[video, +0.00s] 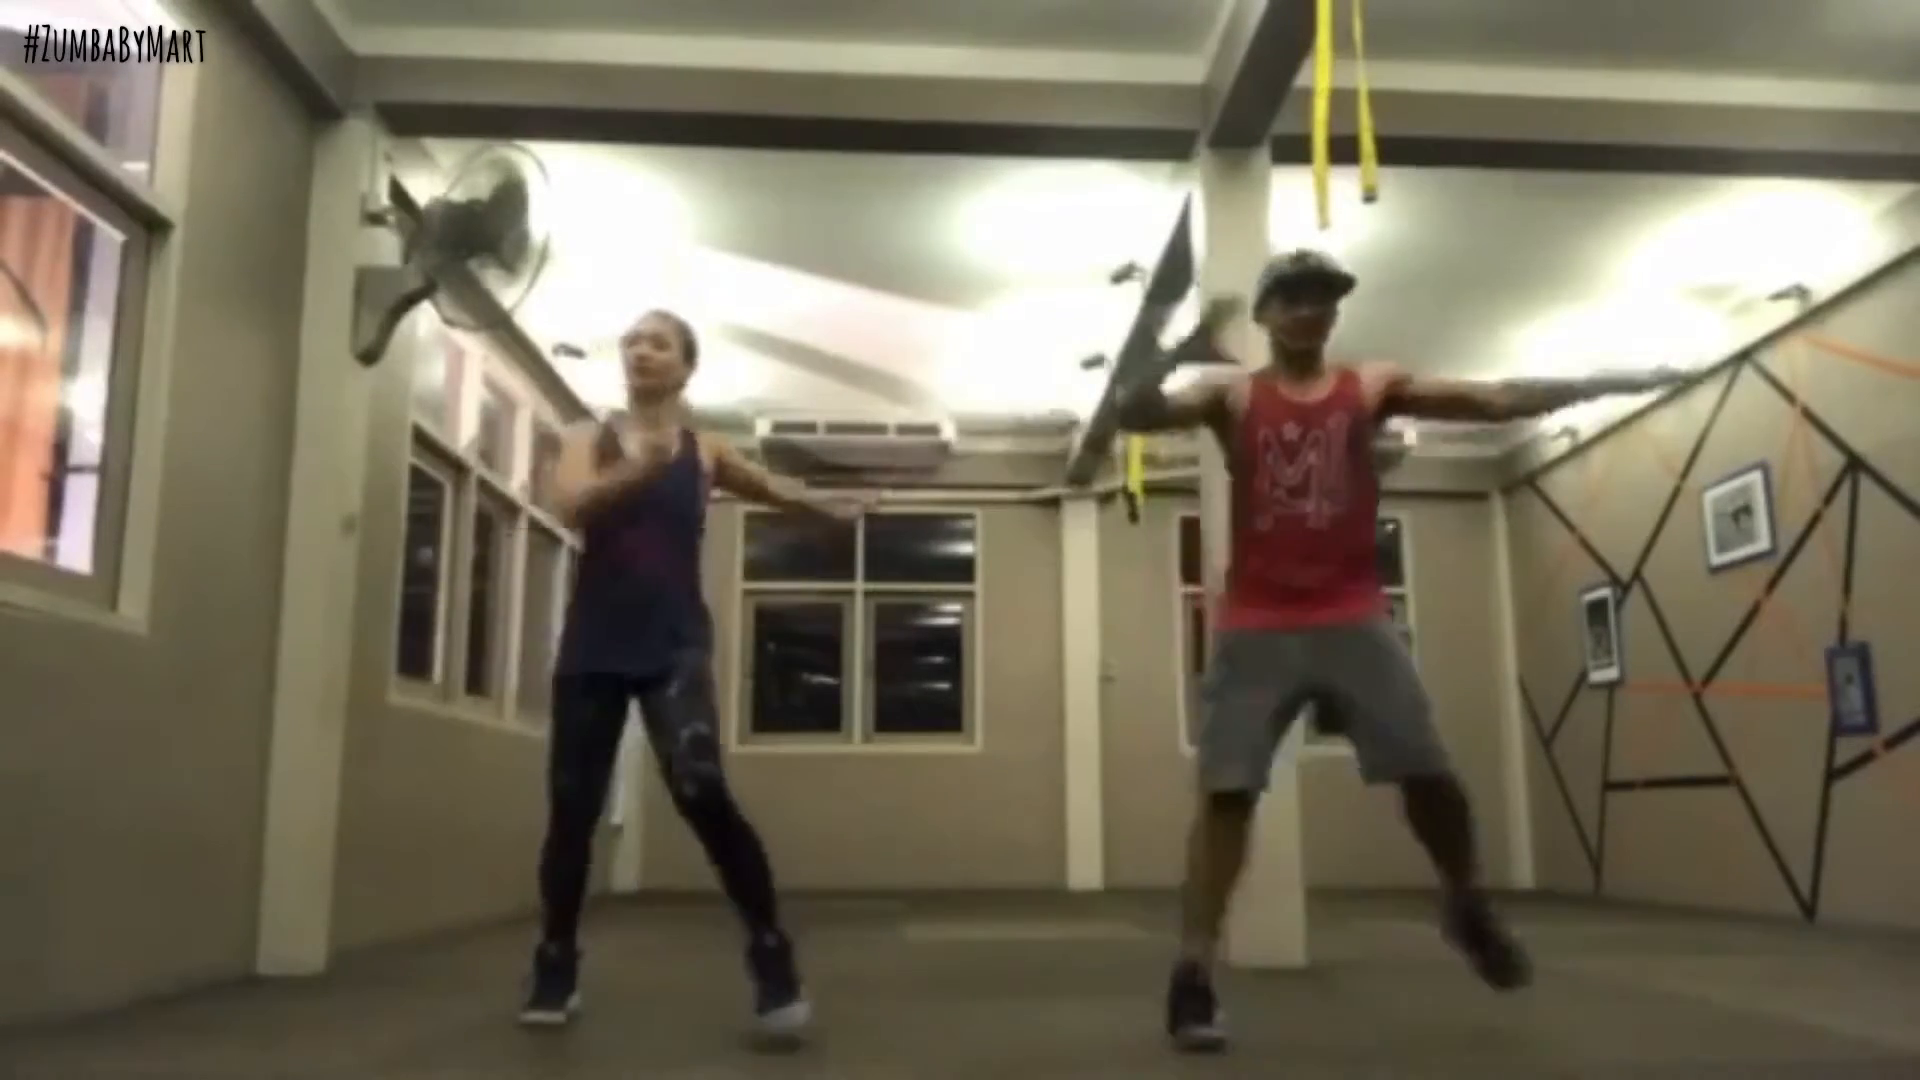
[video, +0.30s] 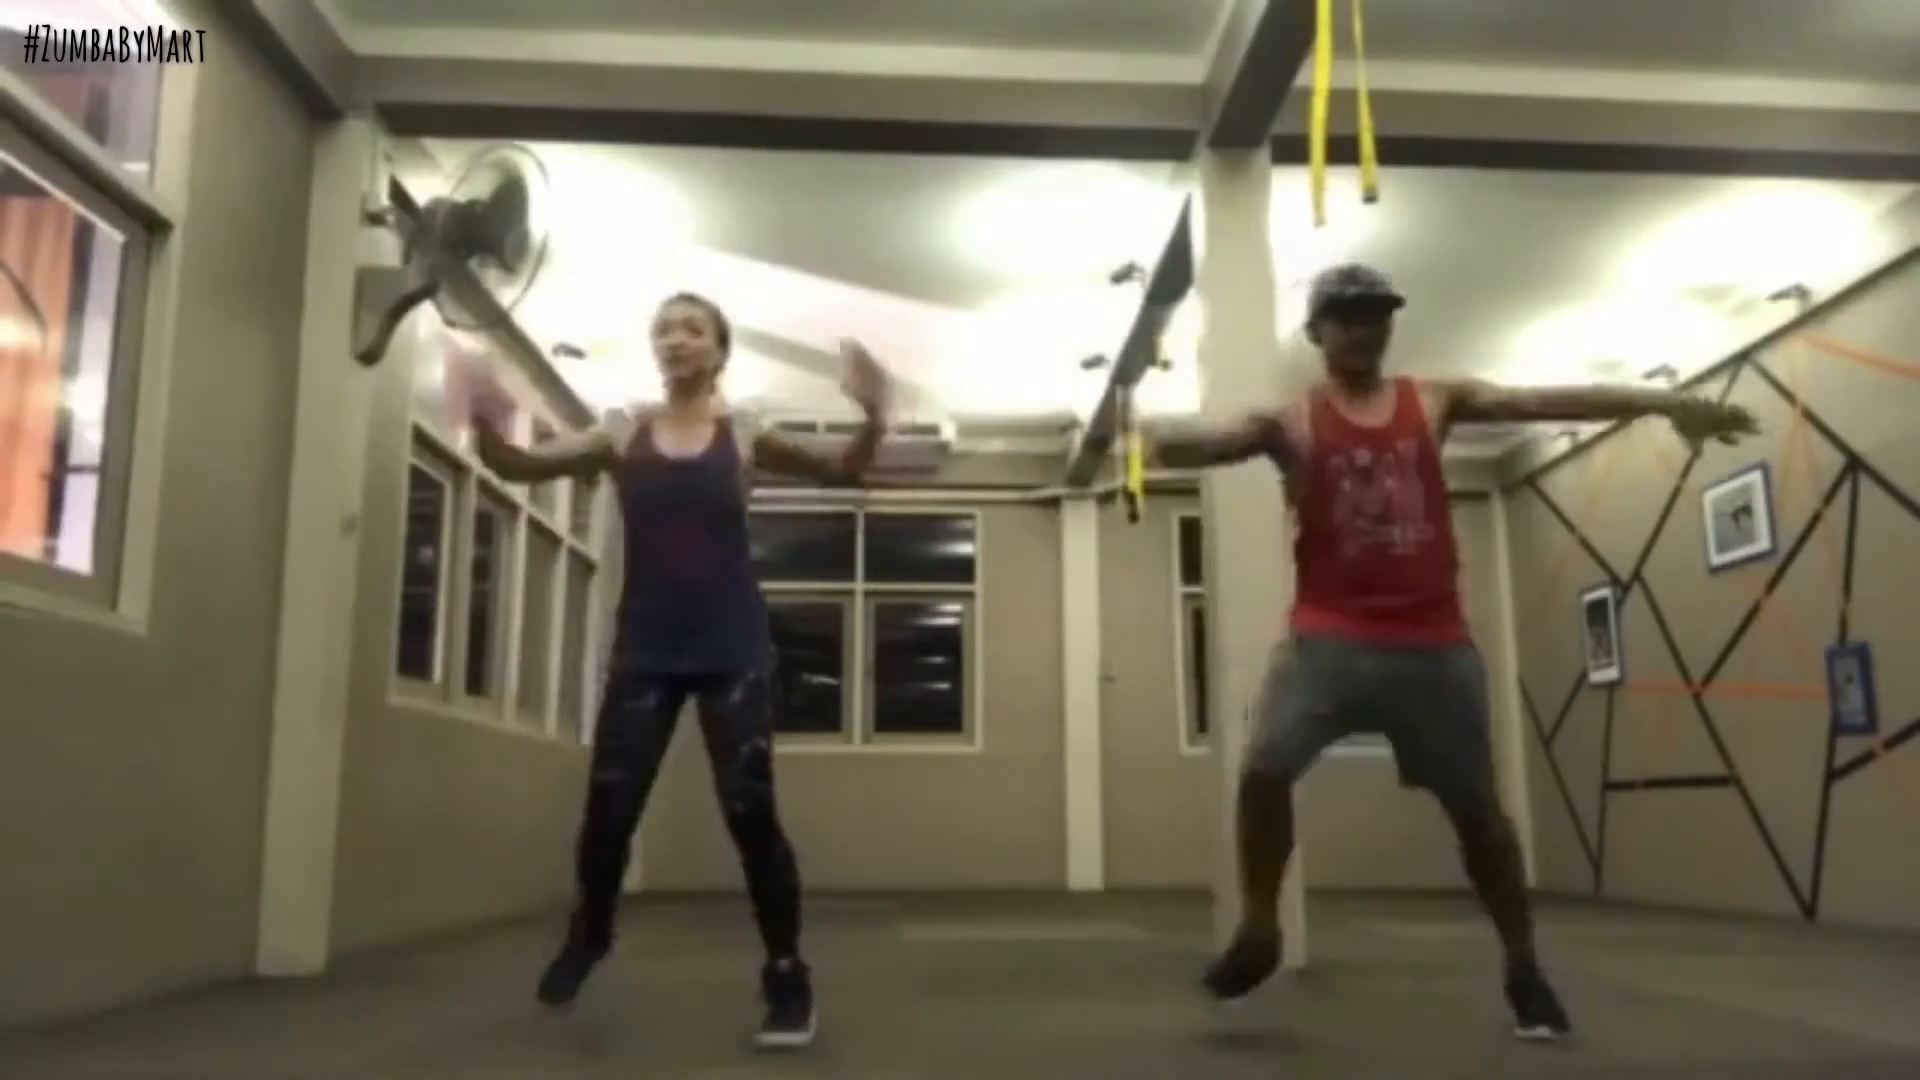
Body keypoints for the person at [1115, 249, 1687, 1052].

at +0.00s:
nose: (1308, 316)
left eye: (1320, 304)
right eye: (1293, 304)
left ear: (1336, 312)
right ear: (1263, 316)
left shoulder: (1371, 387)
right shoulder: (1230, 393)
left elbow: (1498, 401)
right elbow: (1133, 413)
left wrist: (1625, 383)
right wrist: (1154, 346)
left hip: (1354, 624)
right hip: (1258, 627)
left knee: (1430, 777)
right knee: (1227, 795)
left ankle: (1467, 912)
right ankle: (1193, 975)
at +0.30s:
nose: (1357, 332)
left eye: (1371, 316)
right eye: (1341, 318)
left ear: (1392, 323)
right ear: (1316, 328)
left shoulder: (1436, 400)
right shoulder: (1291, 421)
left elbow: (1554, 404)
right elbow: (1205, 442)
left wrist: (1671, 403)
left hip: (1432, 643)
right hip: (1329, 639)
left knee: (1478, 813)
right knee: (1262, 774)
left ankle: (1524, 972)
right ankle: (1258, 933)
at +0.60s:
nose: (1323, 345)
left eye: (1333, 330)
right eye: (1306, 332)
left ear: (1349, 339)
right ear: (1277, 344)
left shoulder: (1380, 433)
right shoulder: (1256, 432)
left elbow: (1470, 508)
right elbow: (1146, 470)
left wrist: (1420, 419)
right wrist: (1052, 500)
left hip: (1390, 658)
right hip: (1301, 664)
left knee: (1455, 827)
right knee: (1296, 830)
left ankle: (1510, 977)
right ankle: (1253, 978)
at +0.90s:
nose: (1226, 312)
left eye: (1240, 299)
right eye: (1213, 297)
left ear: (1257, 308)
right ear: (1189, 306)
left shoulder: (1286, 390)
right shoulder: (1150, 398)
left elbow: (1407, 400)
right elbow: (1040, 419)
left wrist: (1513, 370)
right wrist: (1078, 345)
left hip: (1277, 598)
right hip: (1194, 614)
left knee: (1279, 735)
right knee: (1222, 803)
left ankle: (1301, 900)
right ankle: (1240, 970)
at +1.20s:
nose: (1150, 326)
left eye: (1163, 312)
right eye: (1137, 310)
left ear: (1181, 319)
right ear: (1113, 317)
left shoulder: (1218, 401)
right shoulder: (1078, 403)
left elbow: (1336, 416)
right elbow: (982, 411)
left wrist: (1458, 422)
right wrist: (964, 393)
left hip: (1193, 622)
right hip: (1104, 625)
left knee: (1164, 789)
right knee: (1069, 795)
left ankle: (1150, 983)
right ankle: (1177, 931)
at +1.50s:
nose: (1103, 343)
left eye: (1117, 328)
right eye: (1090, 327)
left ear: (1142, 339)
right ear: (1065, 336)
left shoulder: (1162, 430)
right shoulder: (1029, 410)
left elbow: (1255, 470)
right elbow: (911, 398)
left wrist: (1188, 432)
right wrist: (798, 394)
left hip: (1124, 651)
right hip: (1030, 650)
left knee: (1134, 814)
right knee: (982, 814)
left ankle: (1132, 987)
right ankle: (941, 966)